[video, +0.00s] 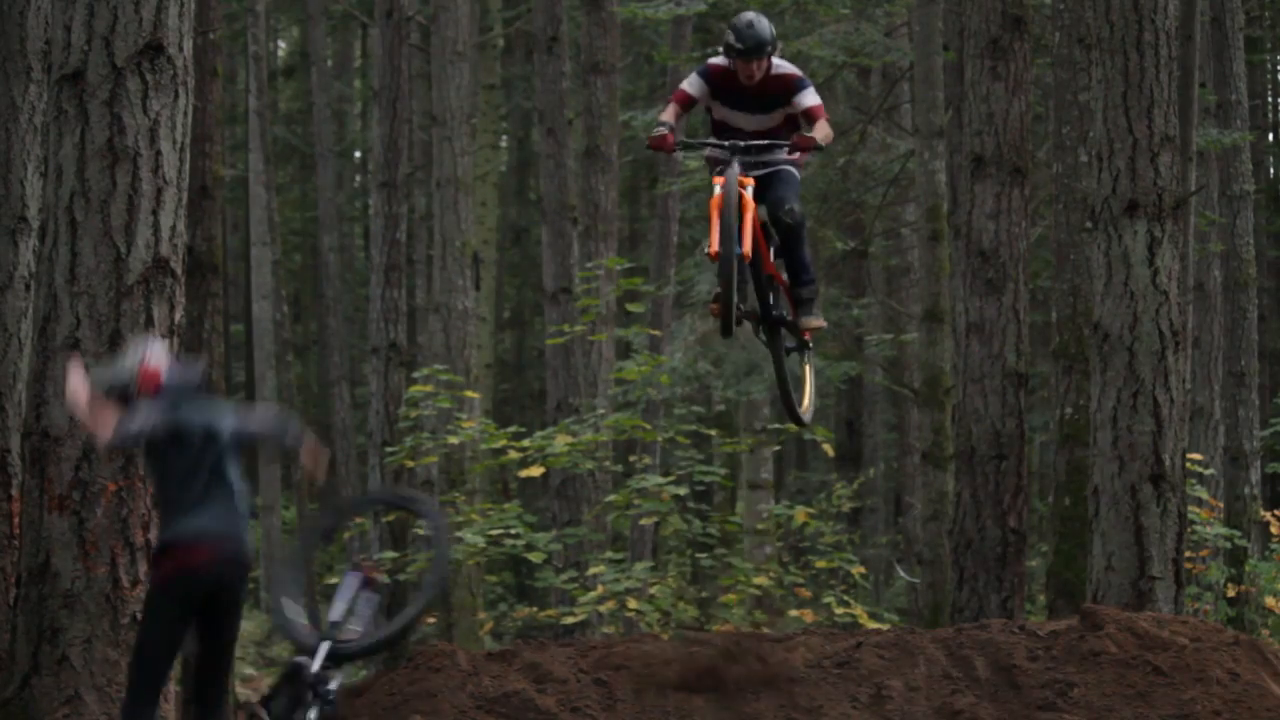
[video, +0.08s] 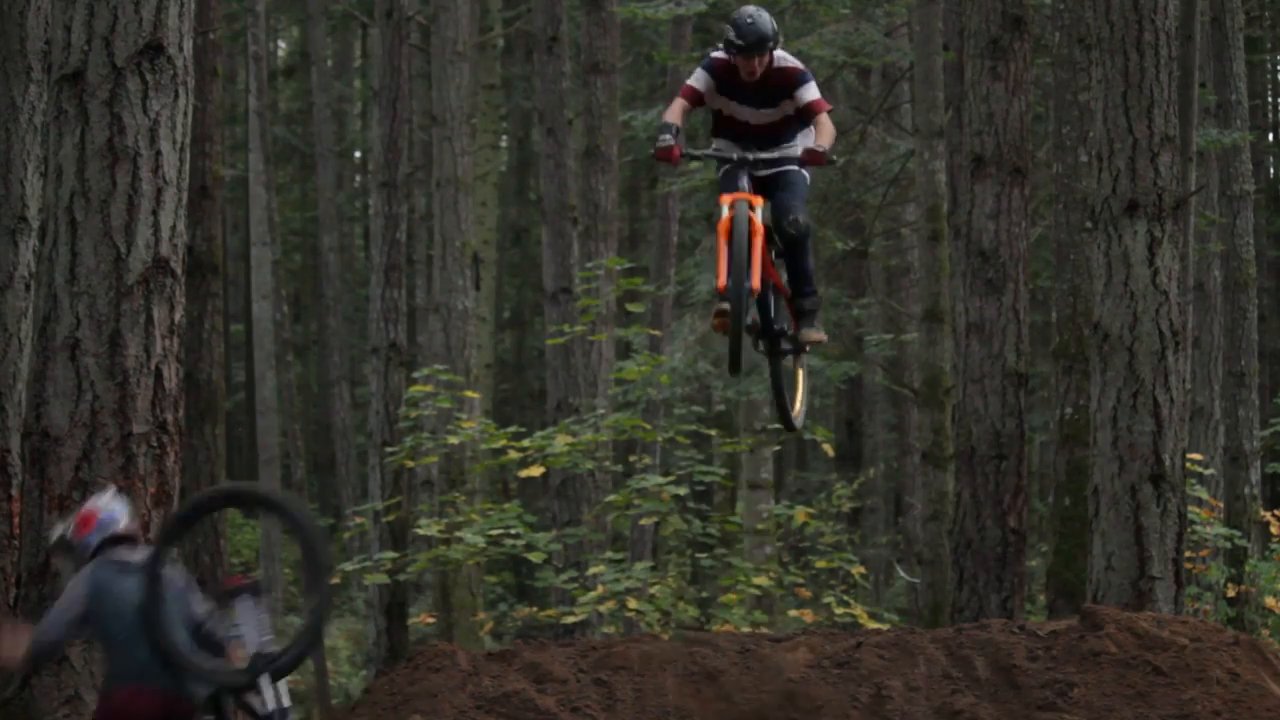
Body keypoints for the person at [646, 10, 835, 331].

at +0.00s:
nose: (752, 69)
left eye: (758, 61)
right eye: (744, 61)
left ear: (770, 56)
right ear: (731, 56)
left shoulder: (789, 77)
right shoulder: (712, 73)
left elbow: (823, 126)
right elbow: (675, 107)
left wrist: (813, 138)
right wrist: (664, 128)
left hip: (775, 159)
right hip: (726, 157)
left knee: (787, 215)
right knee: (722, 213)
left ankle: (806, 303)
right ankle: (726, 289)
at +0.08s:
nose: (753, 65)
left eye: (760, 57)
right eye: (745, 57)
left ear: (771, 51)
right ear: (731, 51)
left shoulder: (791, 70)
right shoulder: (716, 66)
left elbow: (823, 121)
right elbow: (679, 105)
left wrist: (819, 147)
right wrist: (668, 135)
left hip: (784, 157)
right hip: (733, 157)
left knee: (793, 226)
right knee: (730, 221)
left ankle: (807, 317)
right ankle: (727, 301)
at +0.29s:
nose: (742, 53)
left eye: (751, 46)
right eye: (734, 43)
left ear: (765, 37)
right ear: (719, 29)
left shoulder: (775, 54)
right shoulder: (686, 32)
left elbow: (809, 121)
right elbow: (627, 91)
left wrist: (798, 148)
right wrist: (634, 146)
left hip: (710, 123)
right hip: (661, 117)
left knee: (747, 193)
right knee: (680, 183)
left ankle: (745, 303)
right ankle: (670, 289)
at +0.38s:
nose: (743, 70)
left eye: (753, 61)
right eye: (737, 59)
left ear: (767, 52)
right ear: (722, 45)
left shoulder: (777, 69)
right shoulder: (687, 49)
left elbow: (808, 138)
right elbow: (629, 108)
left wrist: (800, 171)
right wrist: (635, 167)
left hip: (713, 140)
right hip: (662, 134)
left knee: (749, 217)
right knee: (679, 202)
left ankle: (744, 324)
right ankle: (669, 310)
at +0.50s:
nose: (744, 113)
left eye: (754, 105)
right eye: (737, 103)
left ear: (769, 95)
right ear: (720, 87)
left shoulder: (777, 107)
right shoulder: (686, 91)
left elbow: (806, 175)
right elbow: (632, 157)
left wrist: (808, 228)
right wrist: (639, 226)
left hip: (715, 183)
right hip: (664, 177)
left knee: (748, 267)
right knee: (681, 251)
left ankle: (742, 358)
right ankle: (667, 362)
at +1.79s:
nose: (679, 518)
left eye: (694, 504)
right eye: (666, 504)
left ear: (717, 505)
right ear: (647, 507)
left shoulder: (761, 579)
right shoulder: (609, 583)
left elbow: (793, 691)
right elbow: (571, 696)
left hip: (738, 709)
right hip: (640, 710)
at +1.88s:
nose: (672, 525)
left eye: (687, 510)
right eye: (657, 510)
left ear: (710, 512)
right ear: (638, 515)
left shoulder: (754, 589)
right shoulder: (601, 593)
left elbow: (791, 704)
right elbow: (560, 708)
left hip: (730, 710)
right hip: (630, 710)